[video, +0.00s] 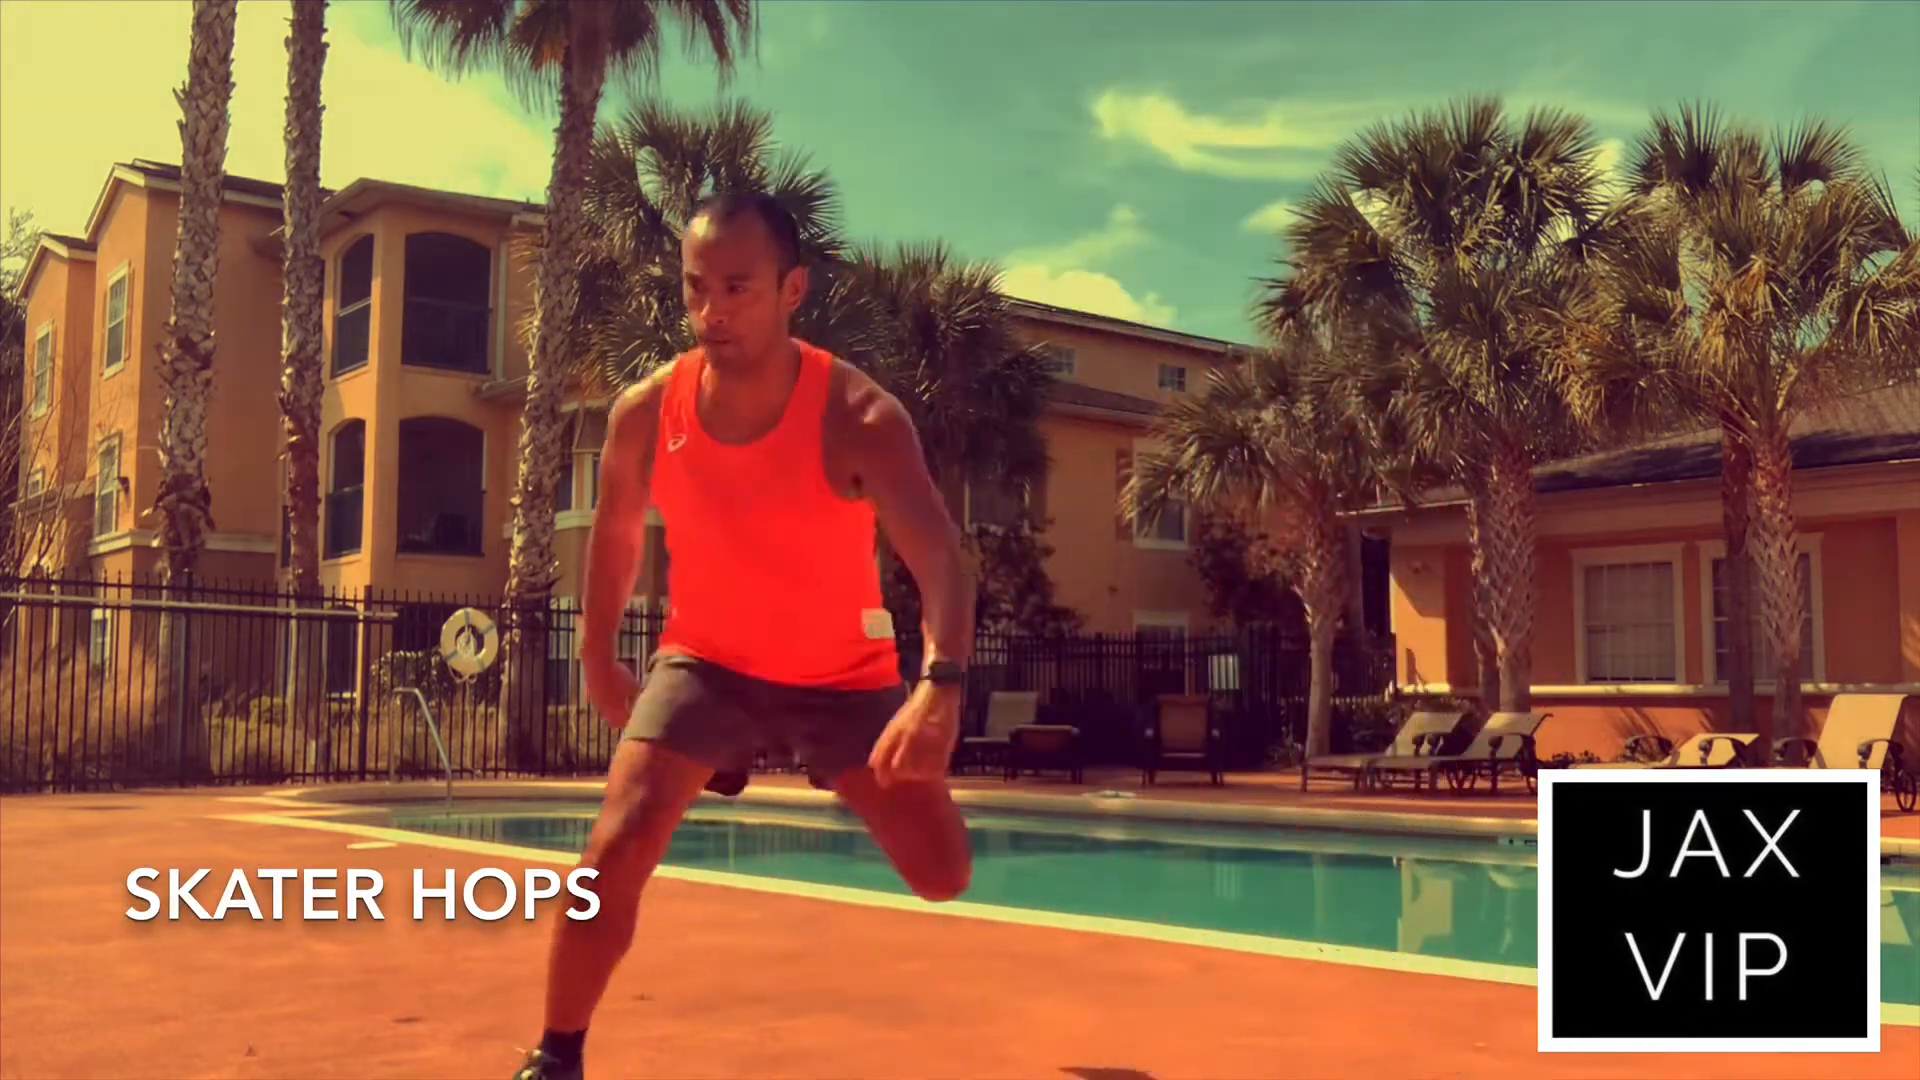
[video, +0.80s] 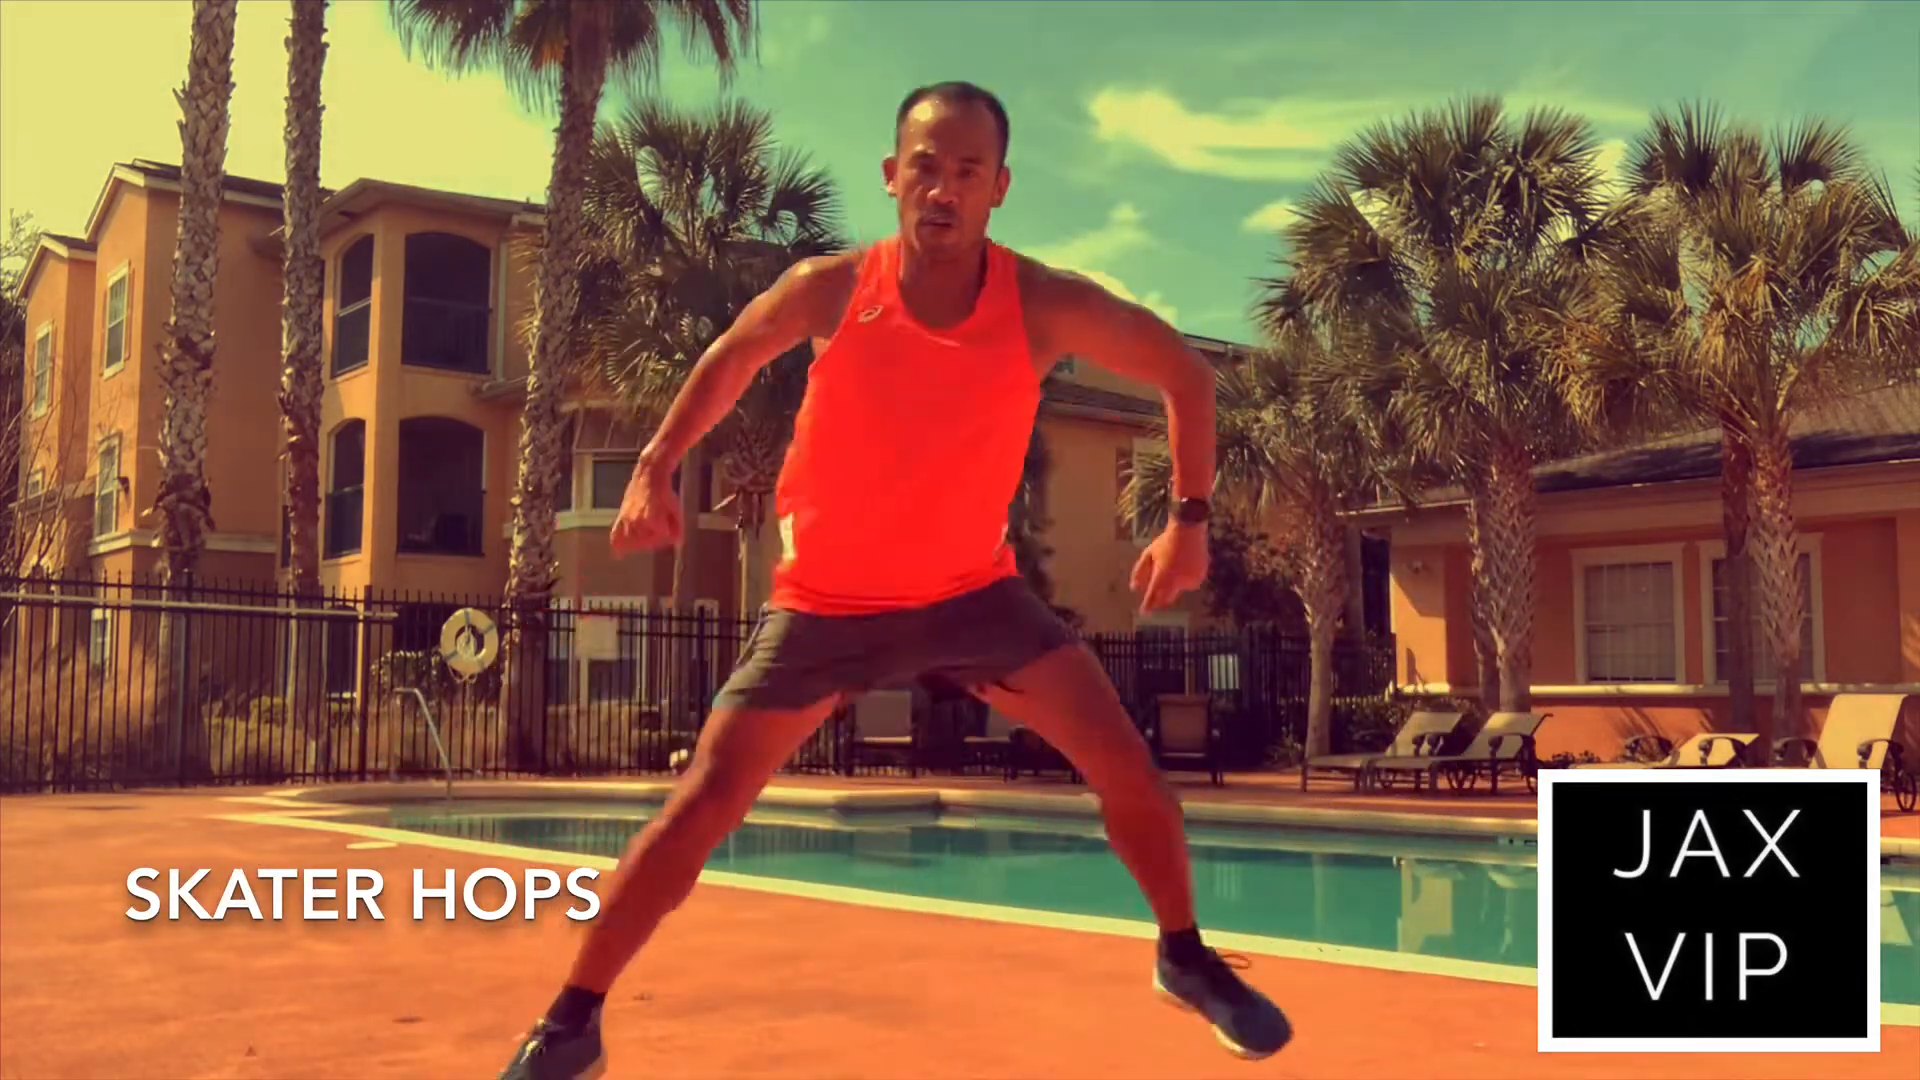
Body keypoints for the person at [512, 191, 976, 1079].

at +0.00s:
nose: (711, 314)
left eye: (736, 290)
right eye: (697, 290)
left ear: (793, 289)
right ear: (683, 289)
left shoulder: (860, 416)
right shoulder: (648, 411)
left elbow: (941, 563)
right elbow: (616, 532)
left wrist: (940, 685)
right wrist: (597, 655)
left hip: (846, 675)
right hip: (703, 666)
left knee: (942, 876)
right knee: (619, 837)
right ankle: (556, 1056)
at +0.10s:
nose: (640, 365)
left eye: (666, 342)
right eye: (627, 342)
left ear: (724, 346)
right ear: (612, 345)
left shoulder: (785, 469)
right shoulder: (592, 457)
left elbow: (784, 651)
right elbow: (575, 562)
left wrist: (672, 778)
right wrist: (546, 666)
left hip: (770, 707)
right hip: (649, 682)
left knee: (754, 936)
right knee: (603, 847)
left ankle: (665, 828)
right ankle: (554, 1057)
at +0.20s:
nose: (601, 413)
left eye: (628, 390)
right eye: (587, 390)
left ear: (686, 400)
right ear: (572, 398)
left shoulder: (741, 531)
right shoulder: (565, 499)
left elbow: (657, 709)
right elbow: (564, 574)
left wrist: (494, 780)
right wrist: (519, 660)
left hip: (714, 766)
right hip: (609, 717)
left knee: (606, 947)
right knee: (576, 862)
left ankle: (511, 914)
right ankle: (553, 1061)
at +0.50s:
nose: (640, 387)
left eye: (667, 368)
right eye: (625, 365)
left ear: (717, 388)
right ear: (605, 379)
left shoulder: (763, 513)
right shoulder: (582, 491)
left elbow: (681, 691)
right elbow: (592, 609)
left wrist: (511, 716)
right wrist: (571, 677)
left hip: (709, 761)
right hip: (606, 712)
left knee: (602, 950)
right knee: (574, 863)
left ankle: (483, 934)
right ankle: (553, 1062)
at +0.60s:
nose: (717, 309)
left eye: (742, 292)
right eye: (699, 289)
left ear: (780, 318)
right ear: (671, 311)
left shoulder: (833, 451)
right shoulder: (628, 437)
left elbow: (853, 622)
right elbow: (608, 541)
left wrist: (751, 742)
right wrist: (558, 657)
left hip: (771, 703)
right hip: (643, 670)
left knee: (734, 932)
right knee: (586, 848)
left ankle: (680, 862)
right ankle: (551, 1059)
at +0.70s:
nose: (823, 247)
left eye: (848, 230)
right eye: (805, 226)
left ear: (879, 250)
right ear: (772, 239)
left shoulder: (931, 378)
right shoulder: (709, 360)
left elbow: (1049, 498)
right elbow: (621, 452)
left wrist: (1024, 643)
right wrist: (557, 562)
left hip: (860, 654)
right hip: (712, 645)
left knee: (948, 850)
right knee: (616, 835)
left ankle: (920, 902)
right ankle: (550, 1053)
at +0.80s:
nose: (939, 186)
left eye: (964, 168)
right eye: (922, 163)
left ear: (1000, 186)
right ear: (892, 174)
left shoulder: (1047, 305)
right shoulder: (828, 288)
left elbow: (1189, 375)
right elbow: (734, 356)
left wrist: (1189, 516)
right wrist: (655, 464)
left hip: (978, 602)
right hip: (822, 610)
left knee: (1123, 759)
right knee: (704, 802)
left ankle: (1187, 952)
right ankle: (572, 1016)